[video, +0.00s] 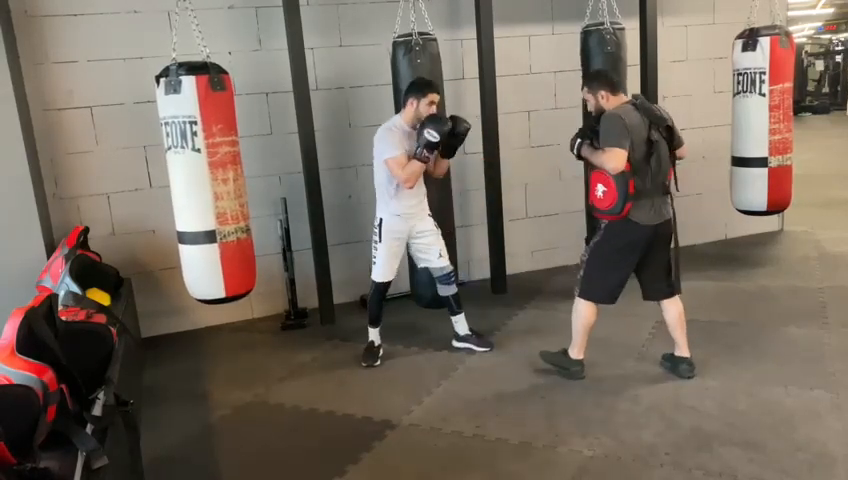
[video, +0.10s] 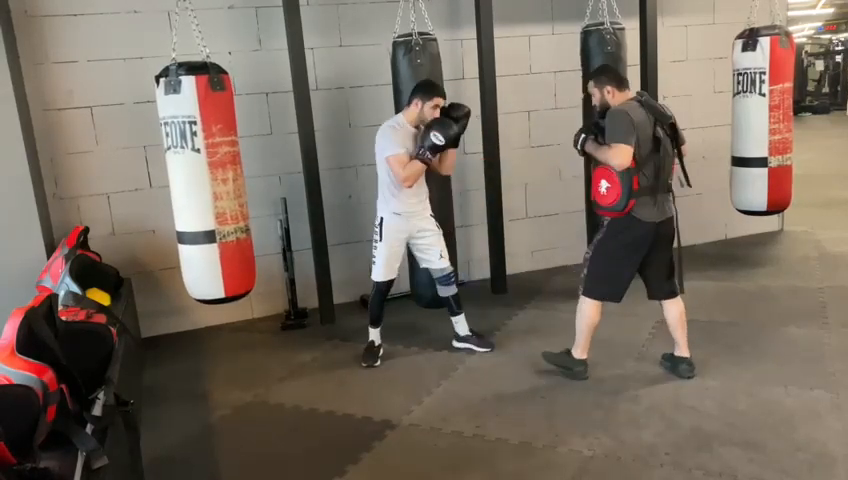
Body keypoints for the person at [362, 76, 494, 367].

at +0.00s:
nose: (434, 110)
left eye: (436, 106)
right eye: (431, 104)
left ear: (423, 105)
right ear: (412, 102)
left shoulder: (423, 131)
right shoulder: (387, 134)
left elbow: (437, 171)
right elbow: (406, 179)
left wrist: (449, 146)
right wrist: (428, 145)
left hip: (421, 217)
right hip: (391, 220)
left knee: (445, 273)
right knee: (381, 282)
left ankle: (462, 334)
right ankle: (373, 342)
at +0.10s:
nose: (437, 114)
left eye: (440, 110)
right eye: (435, 108)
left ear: (429, 108)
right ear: (417, 104)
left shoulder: (425, 131)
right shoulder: (389, 132)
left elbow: (445, 168)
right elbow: (406, 178)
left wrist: (453, 134)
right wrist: (430, 145)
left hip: (422, 216)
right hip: (392, 219)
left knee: (445, 274)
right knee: (382, 283)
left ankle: (463, 335)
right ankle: (373, 343)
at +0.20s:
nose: (438, 117)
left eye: (440, 112)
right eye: (436, 110)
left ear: (427, 109)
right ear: (419, 105)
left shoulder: (426, 130)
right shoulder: (388, 134)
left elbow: (455, 161)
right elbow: (406, 179)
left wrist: (456, 125)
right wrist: (431, 146)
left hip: (423, 217)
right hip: (392, 219)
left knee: (446, 274)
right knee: (383, 283)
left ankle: (463, 335)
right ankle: (371, 342)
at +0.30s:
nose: (434, 116)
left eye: (437, 112)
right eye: (432, 110)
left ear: (429, 111)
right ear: (413, 106)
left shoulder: (424, 134)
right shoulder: (384, 136)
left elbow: (455, 166)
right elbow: (402, 181)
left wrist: (457, 133)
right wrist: (427, 150)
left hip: (423, 218)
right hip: (391, 221)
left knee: (450, 273)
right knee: (380, 284)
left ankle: (464, 335)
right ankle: (368, 342)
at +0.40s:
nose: (430, 118)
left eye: (432, 113)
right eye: (427, 112)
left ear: (418, 110)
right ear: (409, 107)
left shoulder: (421, 136)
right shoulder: (379, 138)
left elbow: (442, 172)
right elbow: (398, 183)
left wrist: (455, 147)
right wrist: (421, 153)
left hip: (422, 221)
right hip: (389, 224)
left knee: (451, 274)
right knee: (379, 285)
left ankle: (464, 334)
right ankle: (368, 342)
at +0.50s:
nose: (429, 118)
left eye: (431, 113)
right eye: (425, 112)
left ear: (426, 112)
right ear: (406, 107)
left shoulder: (420, 135)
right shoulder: (378, 137)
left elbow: (435, 174)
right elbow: (395, 183)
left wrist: (450, 149)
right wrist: (417, 154)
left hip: (421, 220)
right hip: (389, 223)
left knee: (451, 273)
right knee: (379, 285)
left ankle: (464, 334)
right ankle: (368, 342)